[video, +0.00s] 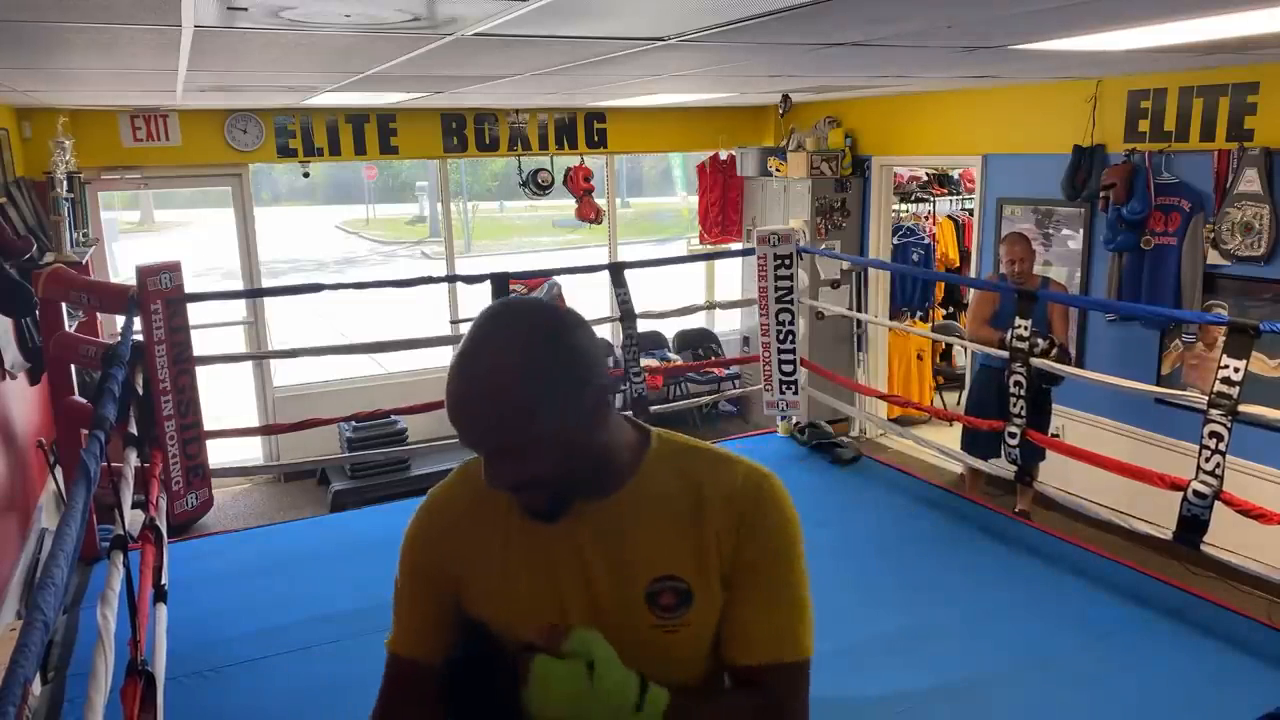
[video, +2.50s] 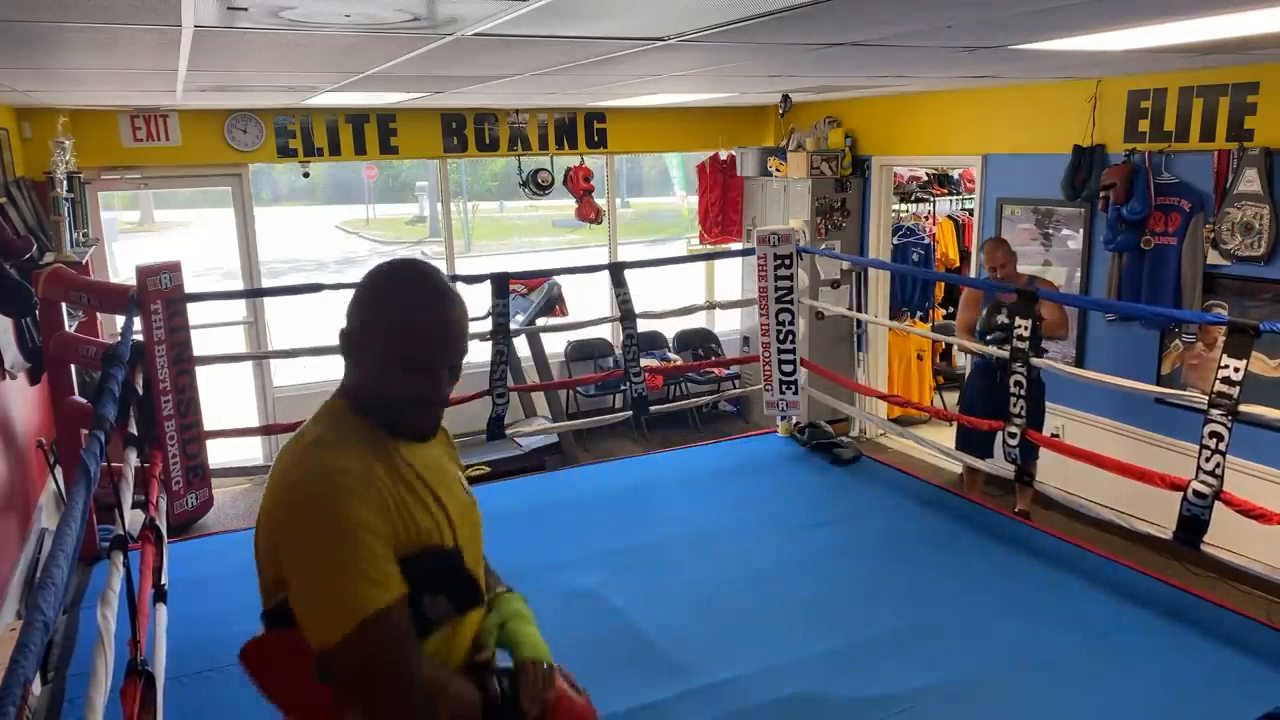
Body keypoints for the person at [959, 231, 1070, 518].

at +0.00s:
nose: (1015, 268)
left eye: (1021, 261)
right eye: (1008, 262)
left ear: (1033, 259)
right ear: (1001, 261)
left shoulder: (1054, 291)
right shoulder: (991, 285)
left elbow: (1061, 341)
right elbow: (974, 329)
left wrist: (1048, 349)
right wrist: (1008, 340)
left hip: (1034, 381)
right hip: (991, 376)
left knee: (1030, 448)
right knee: (977, 443)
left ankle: (1022, 511)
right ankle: (969, 504)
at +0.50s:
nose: (1016, 269)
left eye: (1022, 262)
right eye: (1010, 263)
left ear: (1034, 258)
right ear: (1002, 261)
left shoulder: (1055, 291)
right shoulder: (992, 284)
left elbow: (1063, 344)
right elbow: (973, 329)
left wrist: (1050, 348)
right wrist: (1007, 338)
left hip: (1034, 381)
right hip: (992, 375)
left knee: (1030, 450)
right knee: (977, 444)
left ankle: (1022, 512)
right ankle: (970, 504)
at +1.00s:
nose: (1015, 269)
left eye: (1020, 262)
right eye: (1008, 263)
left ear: (1032, 258)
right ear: (1000, 263)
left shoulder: (1053, 290)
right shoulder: (990, 288)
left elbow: (1058, 332)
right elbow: (970, 330)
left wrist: (1041, 347)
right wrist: (995, 338)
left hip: (1034, 379)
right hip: (991, 376)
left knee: (1031, 448)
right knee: (979, 443)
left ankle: (1022, 511)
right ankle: (972, 504)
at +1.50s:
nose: (1012, 268)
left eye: (1017, 261)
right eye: (1005, 263)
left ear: (1028, 257)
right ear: (996, 264)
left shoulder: (1052, 290)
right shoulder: (985, 292)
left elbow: (1064, 339)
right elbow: (965, 336)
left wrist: (1056, 321)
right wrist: (979, 358)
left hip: (1032, 379)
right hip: (990, 376)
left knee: (1029, 449)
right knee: (977, 445)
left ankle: (1023, 515)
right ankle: (972, 506)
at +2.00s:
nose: (1005, 272)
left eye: (1010, 264)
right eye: (998, 267)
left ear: (1022, 259)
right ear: (990, 266)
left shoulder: (1047, 289)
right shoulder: (980, 292)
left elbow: (1063, 333)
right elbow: (967, 338)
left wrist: (1038, 316)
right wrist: (986, 352)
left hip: (1028, 382)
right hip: (987, 380)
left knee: (1027, 451)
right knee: (974, 447)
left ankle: (1022, 515)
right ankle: (970, 506)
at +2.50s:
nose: (998, 275)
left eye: (1002, 267)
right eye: (991, 270)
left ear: (1014, 260)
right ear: (984, 267)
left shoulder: (1041, 287)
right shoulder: (976, 291)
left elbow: (1061, 329)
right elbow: (963, 334)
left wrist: (1025, 326)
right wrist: (984, 348)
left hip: (1026, 380)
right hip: (984, 377)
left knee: (1026, 449)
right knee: (974, 446)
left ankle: (1023, 514)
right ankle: (970, 507)